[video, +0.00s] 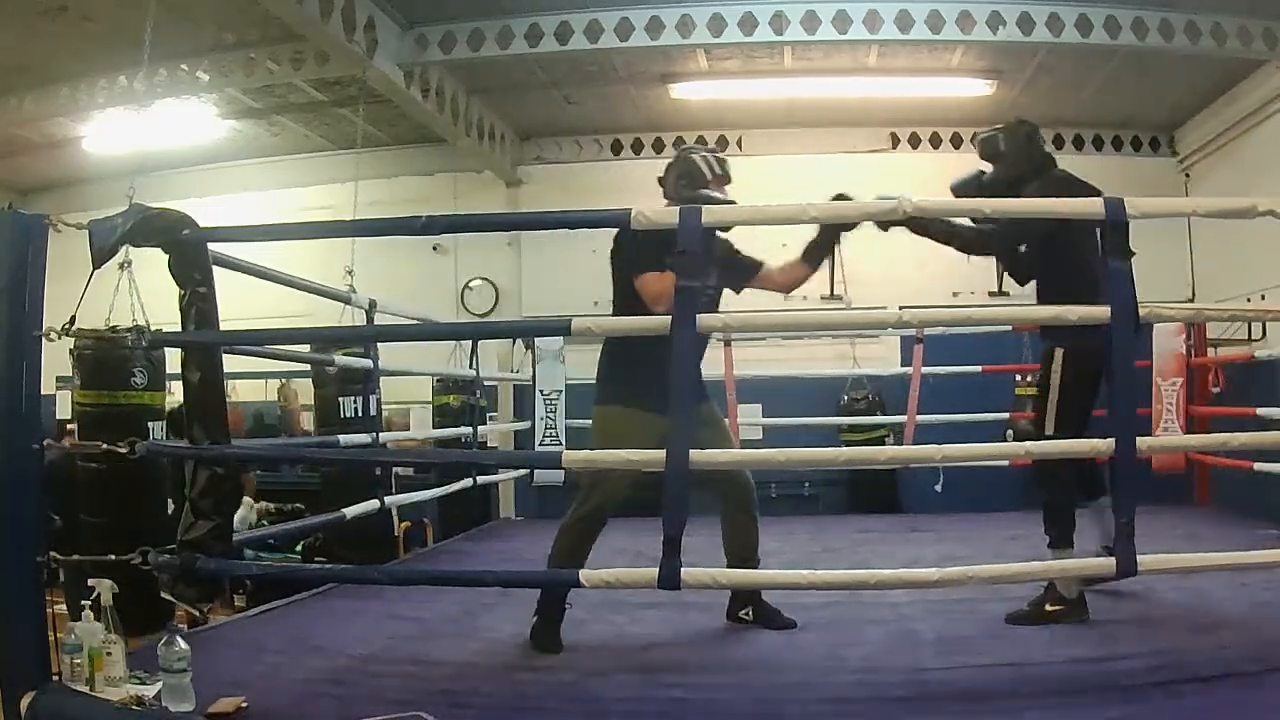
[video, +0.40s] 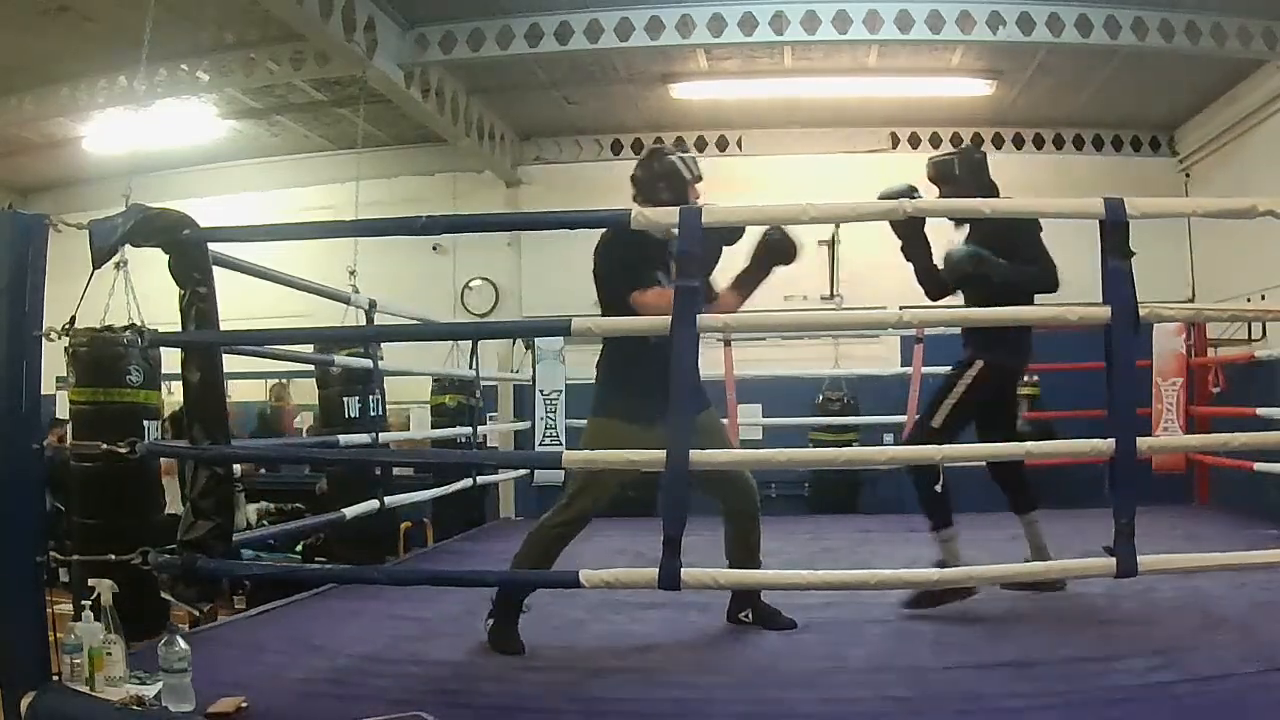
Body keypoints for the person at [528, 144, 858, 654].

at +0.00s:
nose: (723, 199)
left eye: (723, 191)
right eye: (714, 191)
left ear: (721, 193)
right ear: (683, 189)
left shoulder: (714, 249)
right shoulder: (640, 231)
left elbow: (784, 279)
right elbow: (658, 297)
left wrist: (828, 235)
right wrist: (702, 253)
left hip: (689, 395)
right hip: (628, 394)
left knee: (738, 486)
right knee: (601, 498)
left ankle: (745, 599)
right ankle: (549, 609)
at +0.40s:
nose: (699, 197)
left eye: (696, 189)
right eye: (692, 189)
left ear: (672, 193)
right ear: (663, 194)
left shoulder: (686, 249)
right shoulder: (618, 245)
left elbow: (723, 305)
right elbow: (644, 301)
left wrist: (762, 263)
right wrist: (702, 293)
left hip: (686, 407)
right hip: (624, 407)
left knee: (742, 493)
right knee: (579, 508)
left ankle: (746, 601)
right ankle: (506, 608)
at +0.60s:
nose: (656, 180)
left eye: (656, 171)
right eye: (653, 170)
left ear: (609, 164)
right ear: (639, 169)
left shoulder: (616, 216)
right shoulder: (593, 212)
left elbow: (653, 272)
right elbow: (667, 249)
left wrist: (671, 217)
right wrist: (690, 203)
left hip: (620, 380)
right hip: (581, 381)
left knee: (664, 475)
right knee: (557, 495)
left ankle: (667, 593)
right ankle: (501, 611)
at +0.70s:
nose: (643, 174)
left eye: (644, 165)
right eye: (641, 164)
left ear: (599, 156)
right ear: (627, 162)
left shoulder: (608, 205)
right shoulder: (584, 202)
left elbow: (649, 256)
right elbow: (662, 245)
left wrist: (652, 207)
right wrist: (694, 218)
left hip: (605, 371)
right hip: (572, 370)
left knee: (632, 476)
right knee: (579, 483)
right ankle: (501, 586)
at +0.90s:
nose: (630, 201)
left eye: (630, 194)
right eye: (626, 193)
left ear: (577, 189)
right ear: (614, 192)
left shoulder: (584, 237)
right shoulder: (581, 236)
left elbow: (623, 282)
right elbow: (660, 287)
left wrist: (644, 232)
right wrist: (682, 241)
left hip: (583, 393)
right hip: (568, 394)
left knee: (573, 512)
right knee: (566, 519)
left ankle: (529, 595)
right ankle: (489, 644)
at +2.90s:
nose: (804, 186)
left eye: (801, 176)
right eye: (801, 176)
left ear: (749, 168)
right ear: (790, 174)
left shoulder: (730, 217)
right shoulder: (759, 223)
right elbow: (831, 279)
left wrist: (840, 225)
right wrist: (849, 210)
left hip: (741, 400)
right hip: (730, 403)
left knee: (787, 491)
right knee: (730, 526)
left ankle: (762, 608)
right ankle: (670, 667)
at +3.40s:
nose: (781, 189)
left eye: (782, 181)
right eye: (780, 179)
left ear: (736, 172)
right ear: (765, 176)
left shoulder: (737, 221)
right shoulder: (727, 219)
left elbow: (765, 302)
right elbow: (784, 290)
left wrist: (815, 294)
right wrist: (808, 244)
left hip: (757, 385)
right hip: (724, 386)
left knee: (802, 480)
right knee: (718, 492)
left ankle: (786, 594)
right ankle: (647, 596)